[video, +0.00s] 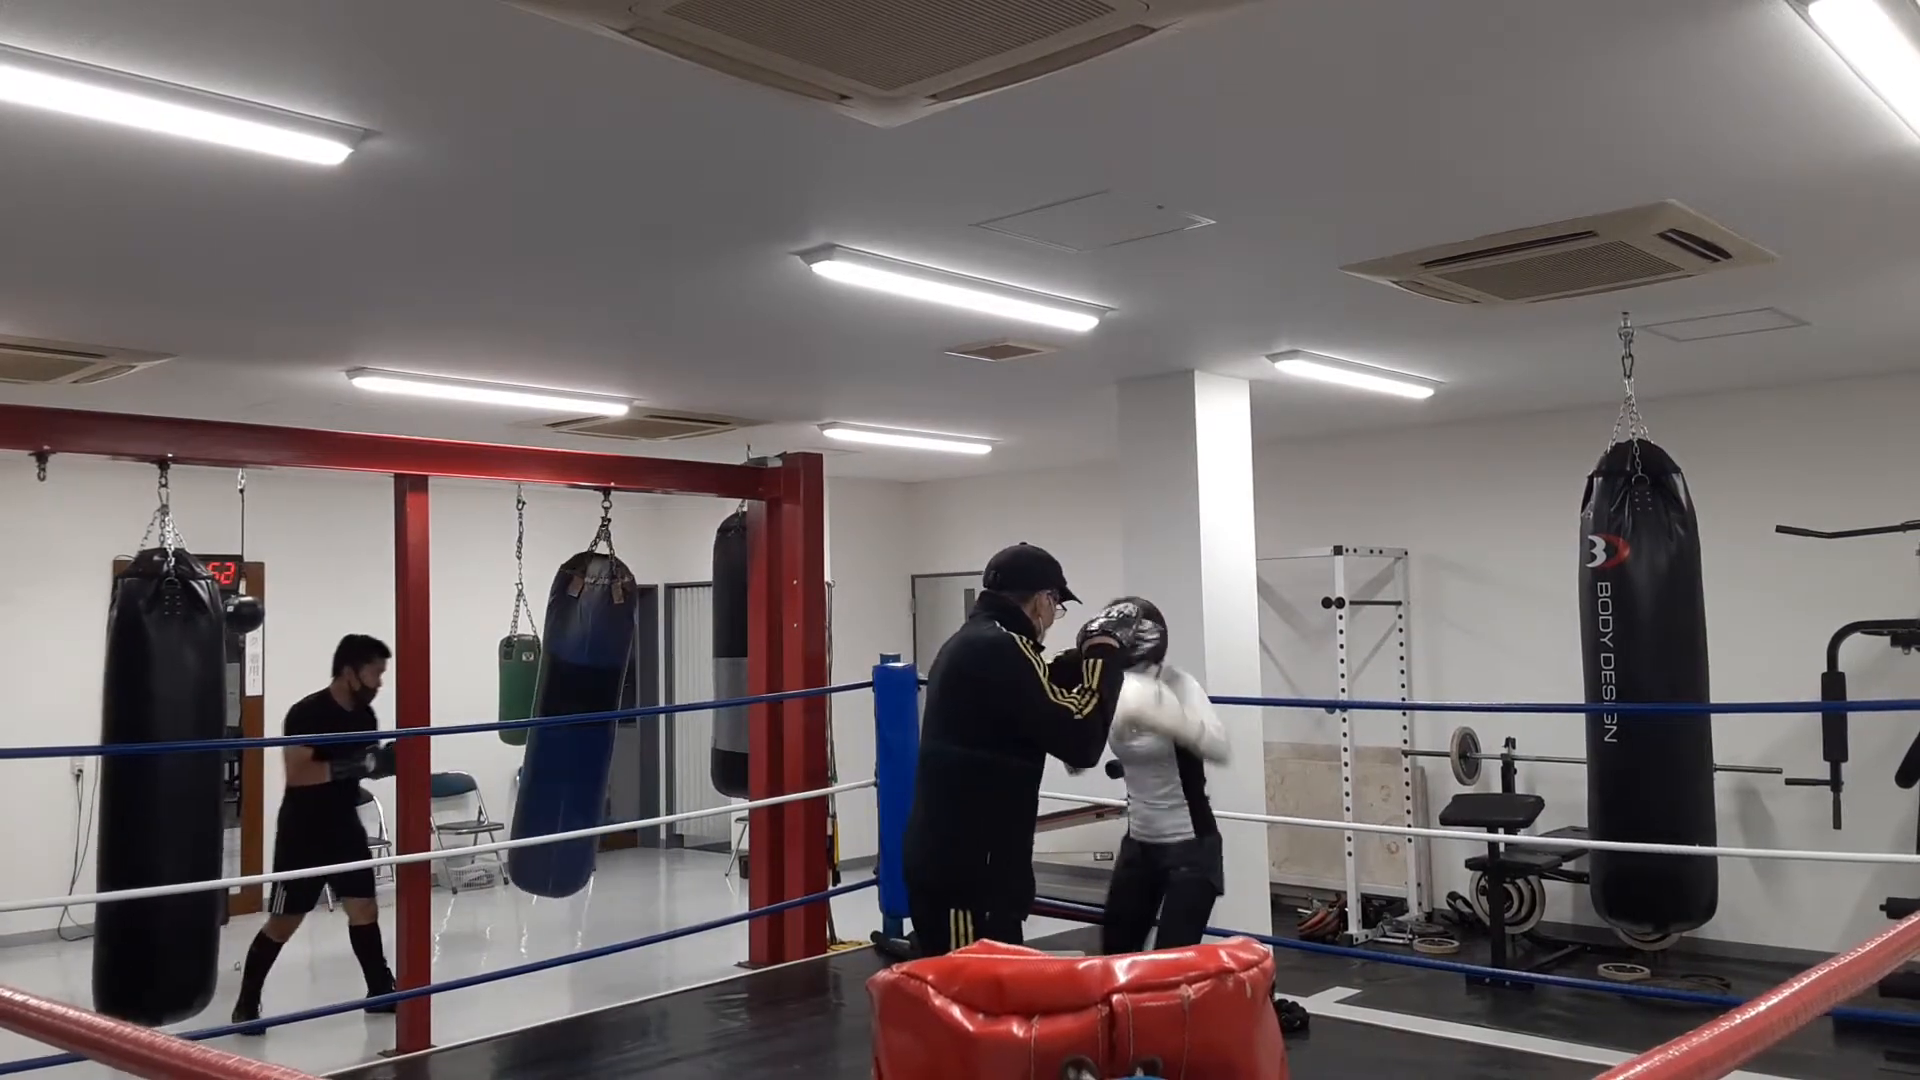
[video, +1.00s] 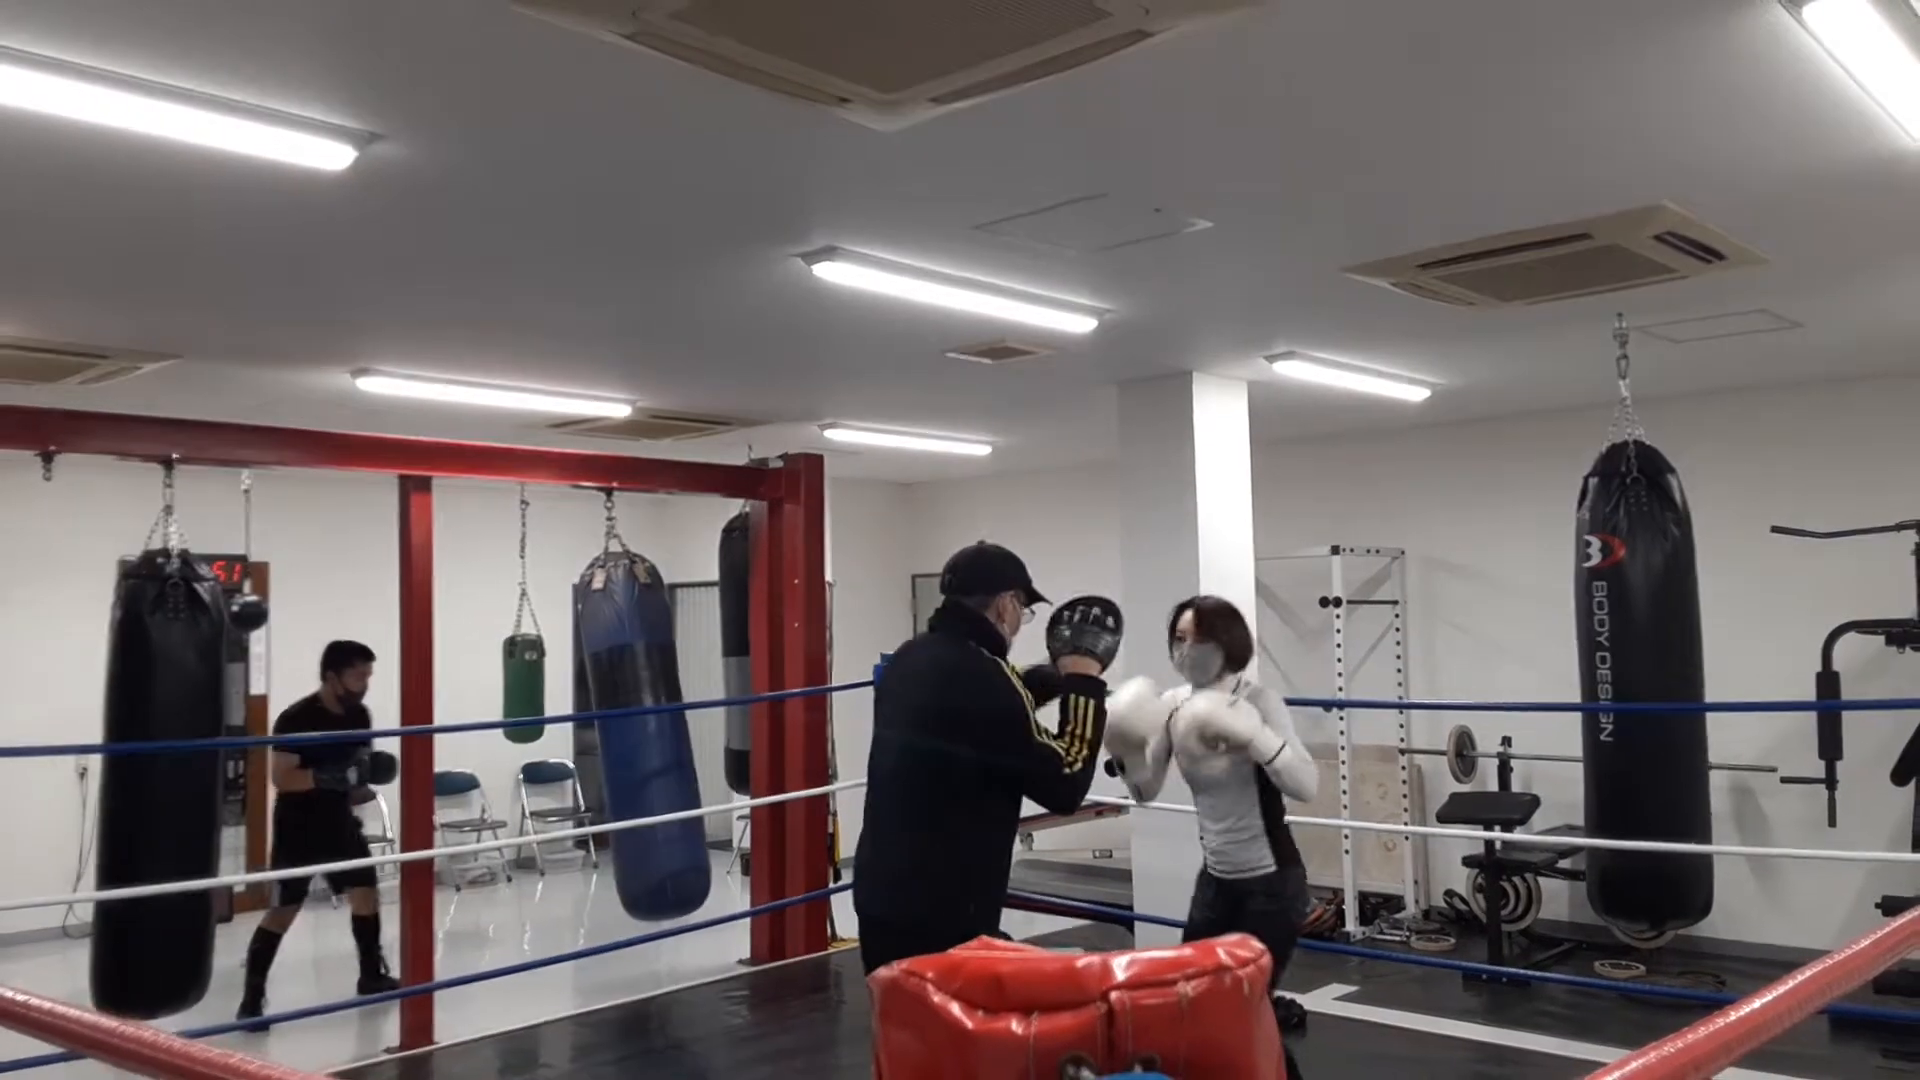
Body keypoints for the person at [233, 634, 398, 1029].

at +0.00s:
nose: (380, 683)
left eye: (381, 675)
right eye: (375, 675)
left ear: (362, 673)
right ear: (348, 671)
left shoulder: (365, 717)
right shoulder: (306, 713)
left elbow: (360, 766)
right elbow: (295, 775)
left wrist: (391, 761)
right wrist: (349, 767)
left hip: (345, 822)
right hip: (303, 825)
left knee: (363, 907)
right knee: (286, 919)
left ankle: (380, 989)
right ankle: (247, 1002)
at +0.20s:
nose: (346, 684)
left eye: (347, 676)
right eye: (340, 676)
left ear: (325, 675)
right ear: (313, 673)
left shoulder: (329, 716)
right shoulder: (273, 718)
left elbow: (317, 768)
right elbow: (256, 780)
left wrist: (349, 768)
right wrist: (314, 774)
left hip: (318, 827)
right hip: (277, 832)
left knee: (343, 908)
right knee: (272, 919)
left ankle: (369, 987)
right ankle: (246, 1005)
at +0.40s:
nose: (321, 677)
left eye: (322, 669)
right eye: (315, 669)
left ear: (298, 670)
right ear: (288, 670)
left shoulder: (312, 711)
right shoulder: (250, 718)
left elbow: (310, 759)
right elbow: (243, 782)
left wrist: (338, 758)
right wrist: (298, 769)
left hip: (306, 819)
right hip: (264, 826)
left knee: (325, 903)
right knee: (268, 915)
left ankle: (305, 990)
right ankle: (245, 1002)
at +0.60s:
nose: (315, 677)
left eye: (315, 670)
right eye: (308, 670)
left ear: (291, 673)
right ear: (280, 672)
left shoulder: (309, 711)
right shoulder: (246, 721)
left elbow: (315, 757)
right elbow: (243, 784)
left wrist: (338, 755)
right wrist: (296, 770)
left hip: (306, 820)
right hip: (265, 826)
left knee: (323, 904)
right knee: (270, 915)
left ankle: (297, 987)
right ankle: (246, 1002)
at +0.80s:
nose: (329, 679)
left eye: (330, 671)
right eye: (323, 672)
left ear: (311, 674)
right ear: (295, 672)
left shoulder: (321, 713)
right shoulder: (260, 720)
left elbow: (324, 762)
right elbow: (254, 783)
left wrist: (348, 760)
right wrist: (307, 771)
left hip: (315, 822)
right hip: (272, 827)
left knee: (341, 898)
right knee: (274, 913)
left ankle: (352, 977)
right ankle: (246, 1005)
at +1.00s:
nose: (364, 685)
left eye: (367, 677)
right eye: (357, 677)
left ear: (366, 675)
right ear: (331, 676)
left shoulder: (358, 718)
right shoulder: (295, 720)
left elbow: (355, 765)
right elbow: (282, 778)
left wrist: (370, 771)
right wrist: (332, 778)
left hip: (339, 816)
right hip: (297, 820)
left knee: (365, 889)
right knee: (285, 907)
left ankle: (371, 975)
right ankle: (252, 998)